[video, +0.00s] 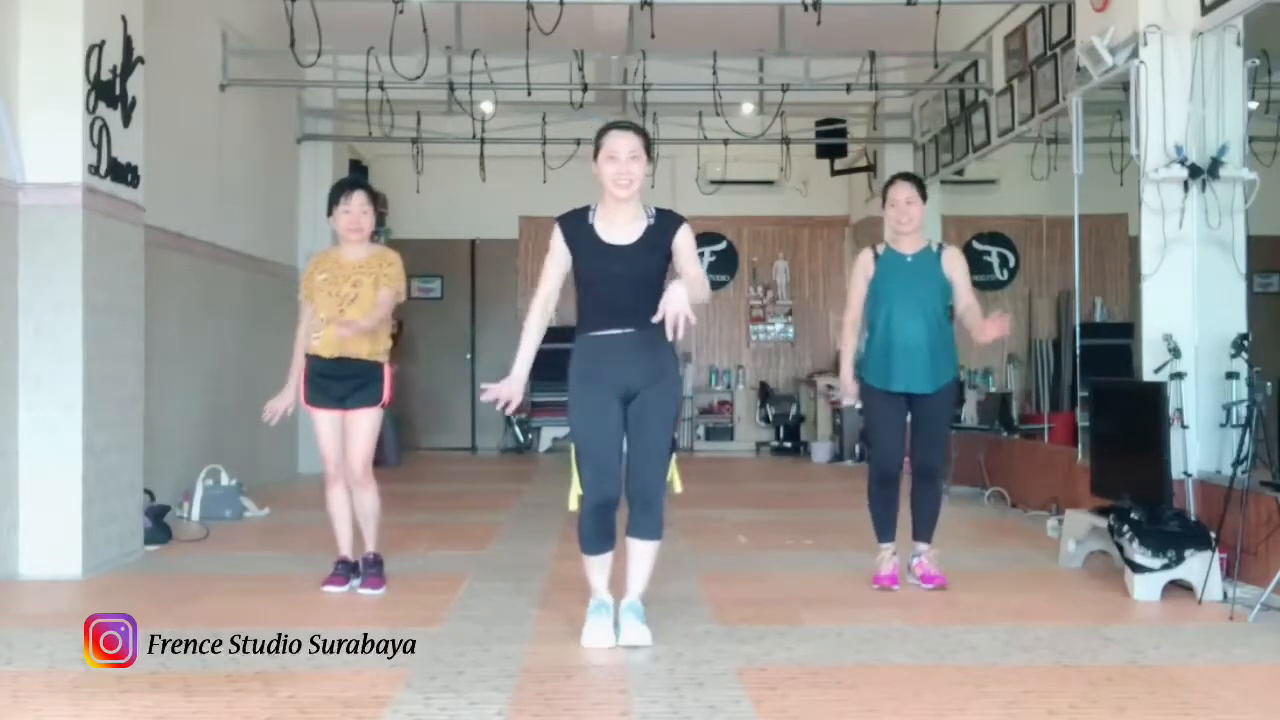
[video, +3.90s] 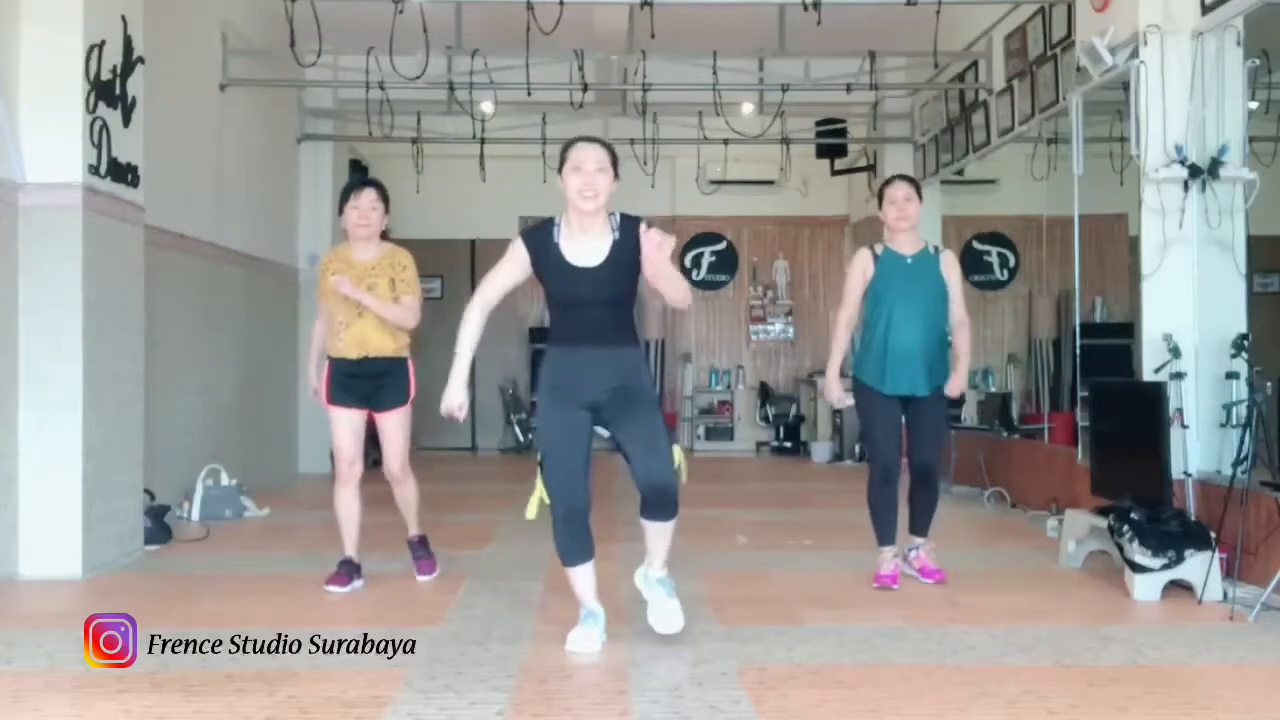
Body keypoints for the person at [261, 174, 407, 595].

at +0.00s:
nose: (355, 218)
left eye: (364, 211)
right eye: (346, 210)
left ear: (376, 219)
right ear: (332, 217)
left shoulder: (387, 262)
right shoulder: (318, 266)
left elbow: (382, 316)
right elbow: (304, 330)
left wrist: (351, 326)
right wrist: (291, 387)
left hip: (367, 371)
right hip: (321, 370)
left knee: (358, 470)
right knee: (333, 471)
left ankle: (371, 558)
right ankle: (345, 560)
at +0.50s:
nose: (356, 220)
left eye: (365, 212)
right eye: (347, 212)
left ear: (376, 218)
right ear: (331, 219)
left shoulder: (390, 262)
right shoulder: (320, 266)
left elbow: (395, 321)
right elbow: (306, 329)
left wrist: (383, 367)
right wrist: (292, 386)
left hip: (370, 368)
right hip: (324, 367)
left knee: (360, 468)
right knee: (335, 468)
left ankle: (372, 558)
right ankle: (346, 560)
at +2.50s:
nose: (356, 223)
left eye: (365, 215)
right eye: (347, 215)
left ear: (376, 222)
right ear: (333, 221)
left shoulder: (391, 266)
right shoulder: (320, 270)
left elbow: (408, 326)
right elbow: (305, 324)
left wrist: (423, 382)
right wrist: (297, 370)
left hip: (376, 373)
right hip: (327, 373)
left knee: (378, 470)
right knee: (338, 470)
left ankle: (397, 532)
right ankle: (348, 560)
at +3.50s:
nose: (361, 220)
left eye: (370, 212)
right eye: (352, 212)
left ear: (382, 219)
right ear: (340, 220)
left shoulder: (399, 262)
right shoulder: (326, 269)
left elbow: (414, 319)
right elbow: (312, 332)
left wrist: (393, 332)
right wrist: (301, 388)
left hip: (387, 372)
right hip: (339, 372)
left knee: (391, 465)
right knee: (345, 469)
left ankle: (409, 532)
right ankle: (350, 561)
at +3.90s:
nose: (363, 215)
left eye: (372, 208)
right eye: (355, 207)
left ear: (385, 218)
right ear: (342, 216)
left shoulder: (399, 259)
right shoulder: (331, 263)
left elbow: (411, 317)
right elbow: (324, 319)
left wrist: (358, 295)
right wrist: (315, 366)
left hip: (391, 367)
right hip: (342, 367)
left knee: (396, 467)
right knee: (347, 468)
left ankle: (417, 540)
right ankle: (350, 559)